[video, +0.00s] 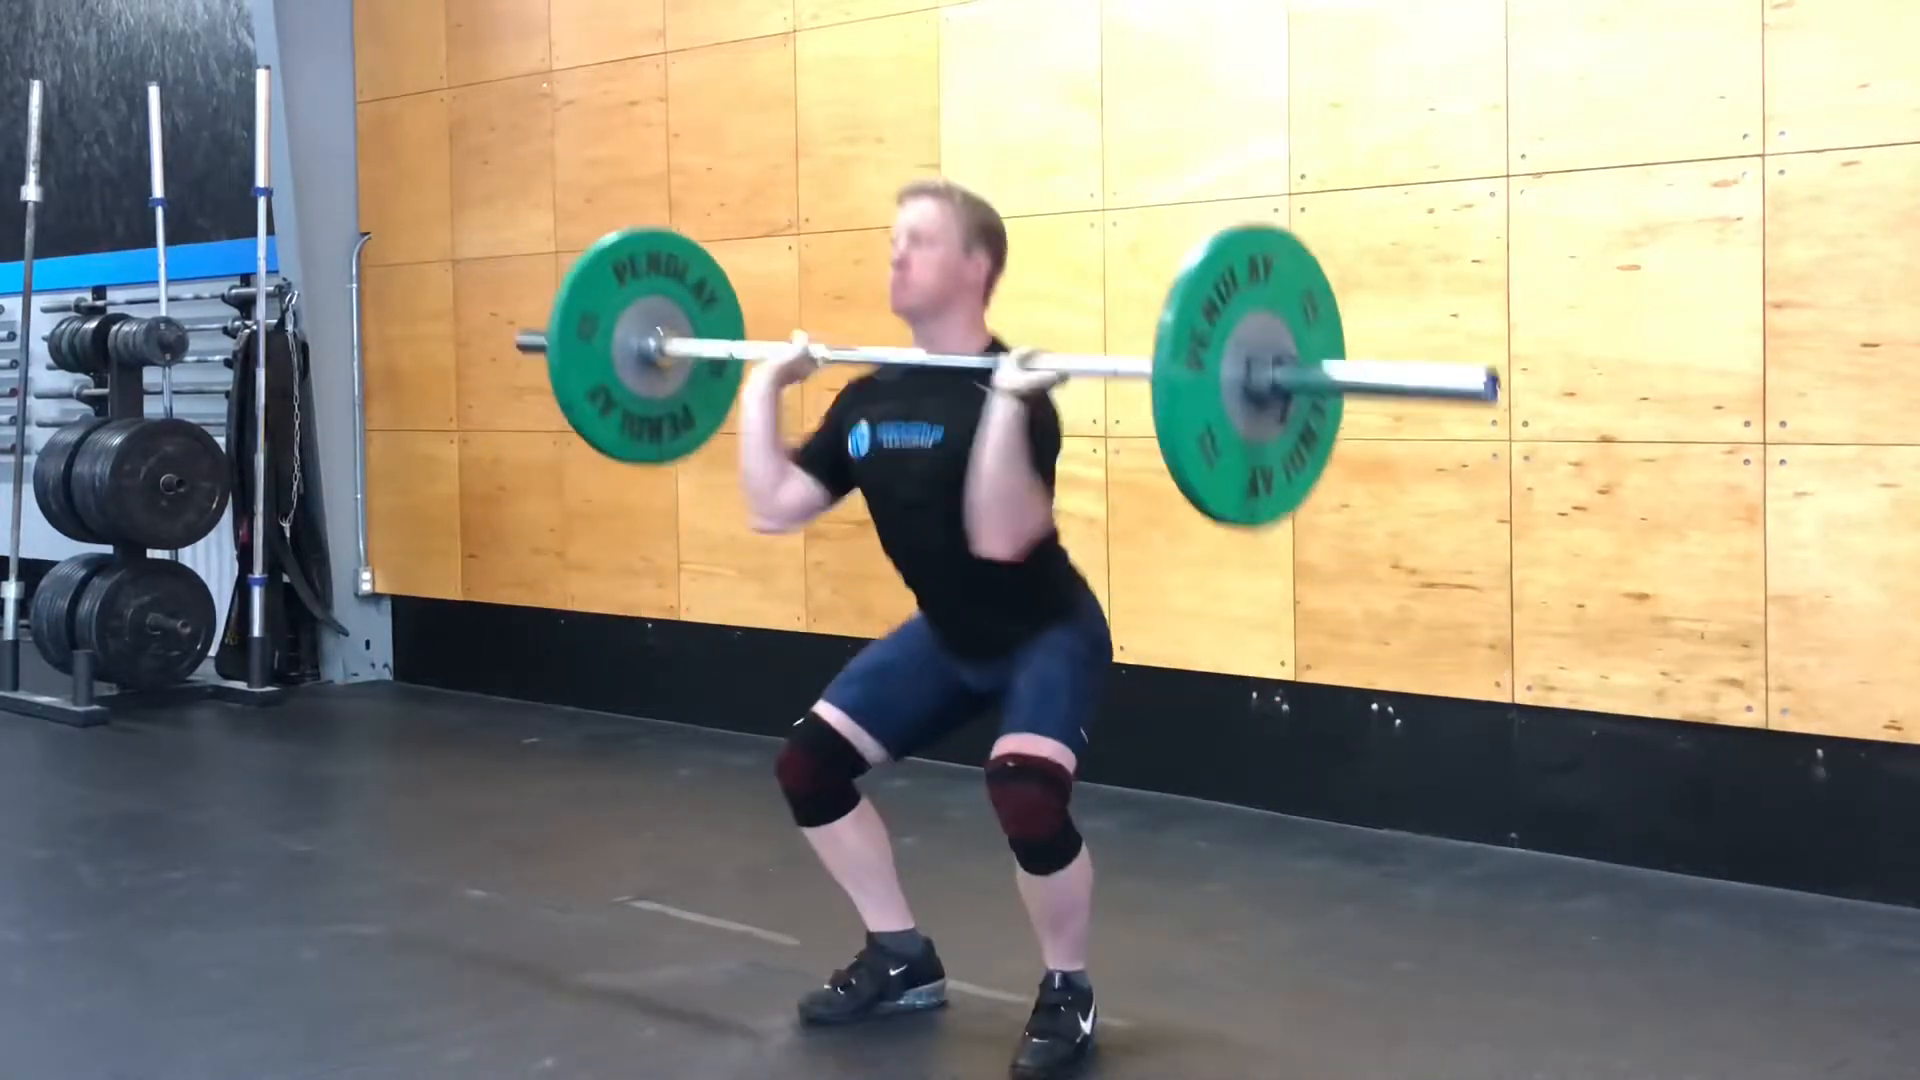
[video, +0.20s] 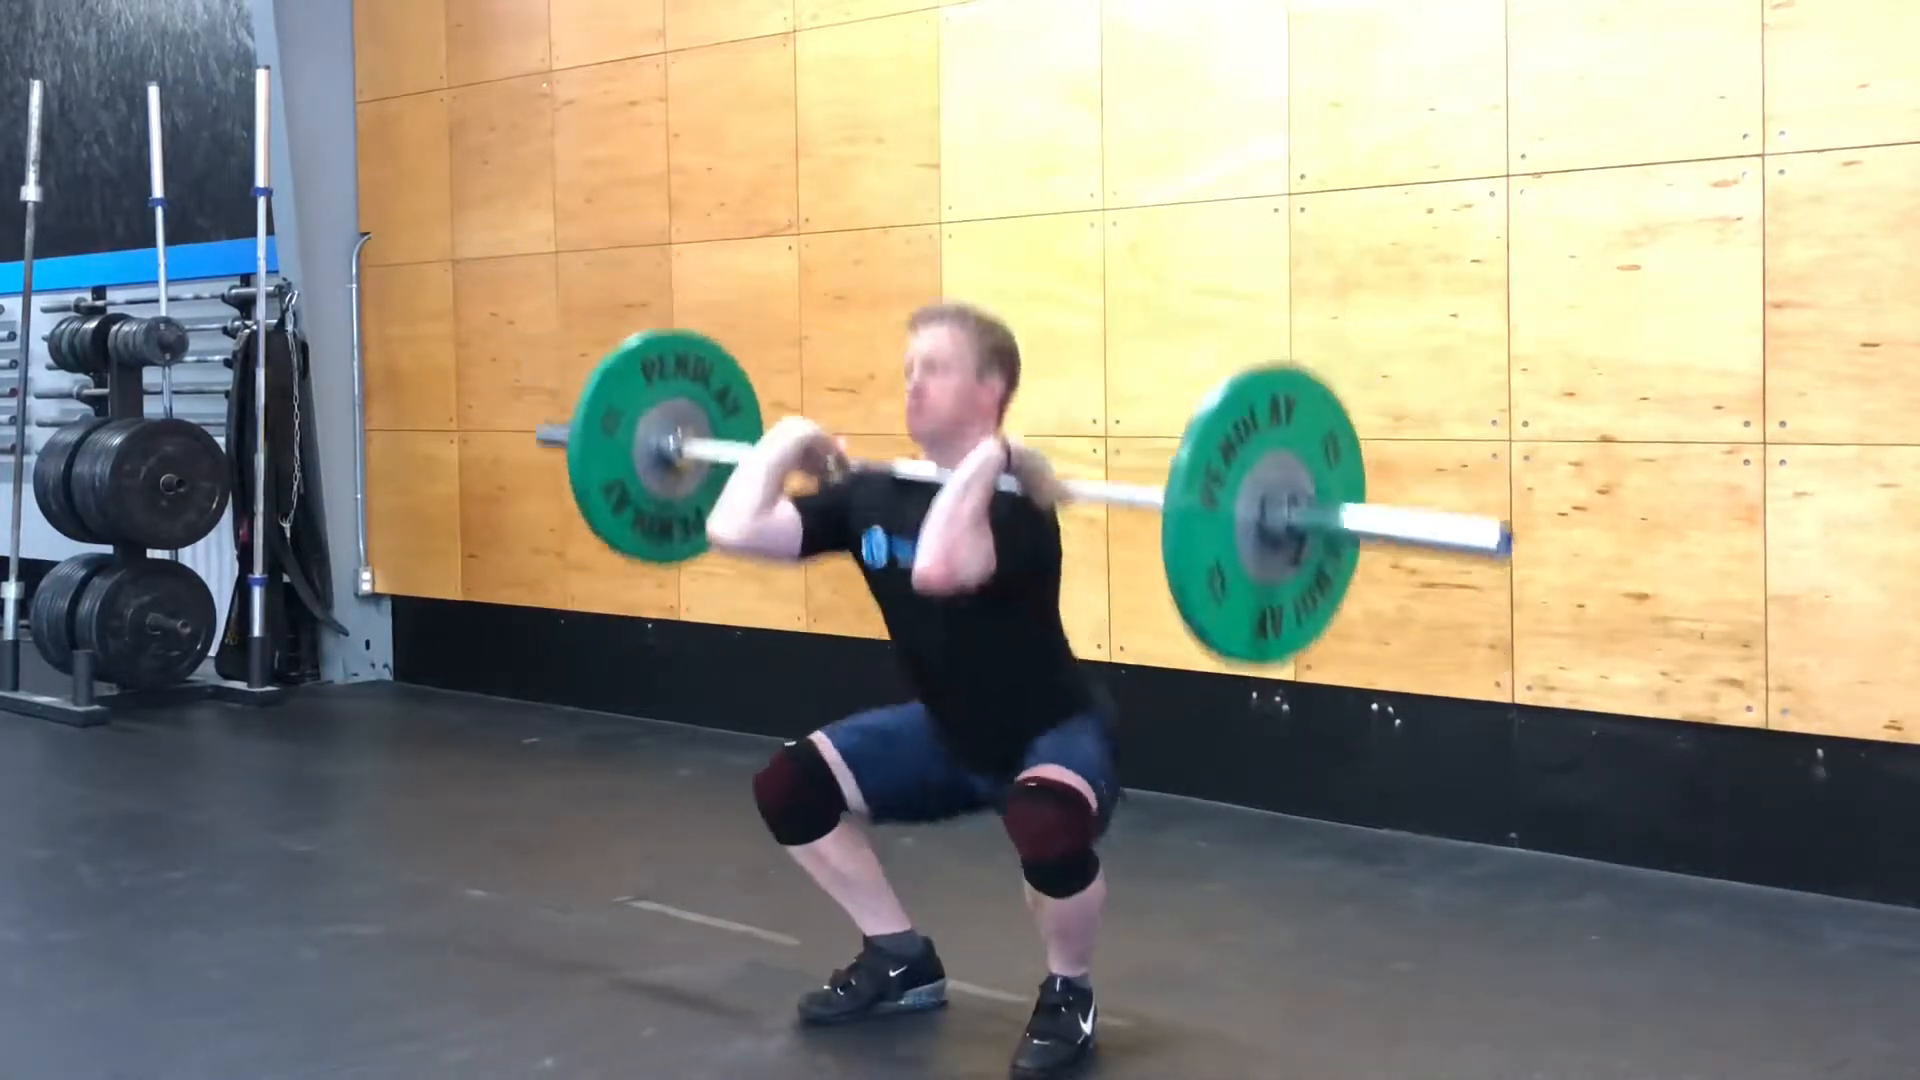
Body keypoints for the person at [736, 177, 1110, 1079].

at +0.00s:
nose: (896, 257)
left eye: (917, 244)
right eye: (895, 243)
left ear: (978, 265)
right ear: (898, 265)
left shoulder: (1019, 393)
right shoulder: (871, 399)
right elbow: (772, 504)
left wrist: (1008, 399)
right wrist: (764, 383)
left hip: (1050, 629)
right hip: (948, 633)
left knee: (1026, 788)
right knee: (810, 766)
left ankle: (1065, 994)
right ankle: (901, 957)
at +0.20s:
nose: (911, 386)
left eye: (932, 370)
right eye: (909, 371)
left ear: (992, 391)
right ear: (905, 382)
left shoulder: (1020, 506)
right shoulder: (871, 496)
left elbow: (938, 569)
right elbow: (732, 528)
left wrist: (986, 458)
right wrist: (782, 443)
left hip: (1056, 729)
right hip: (950, 729)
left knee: (1047, 816)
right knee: (792, 787)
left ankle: (1068, 995)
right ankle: (900, 956)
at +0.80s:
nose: (914, 232)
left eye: (936, 216)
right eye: (913, 215)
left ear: (994, 235)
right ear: (908, 231)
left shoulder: (1024, 355)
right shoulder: (867, 353)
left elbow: (956, 430)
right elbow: (740, 411)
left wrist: (987, 307)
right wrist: (775, 312)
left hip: (1042, 606)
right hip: (942, 613)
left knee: (1035, 781)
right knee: (810, 763)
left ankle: (1067, 994)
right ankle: (900, 956)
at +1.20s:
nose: (919, 127)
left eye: (939, 112)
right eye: (918, 112)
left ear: (1000, 130)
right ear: (927, 133)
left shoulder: (1040, 240)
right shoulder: (900, 247)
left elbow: (1089, 391)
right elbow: (846, 376)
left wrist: (1052, 277)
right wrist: (795, 280)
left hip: (1009, 529)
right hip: (912, 531)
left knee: (1007, 754)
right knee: (884, 742)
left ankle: (1060, 988)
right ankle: (912, 959)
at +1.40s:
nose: (940, 105)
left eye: (958, 90)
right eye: (936, 91)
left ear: (1021, 101)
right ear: (940, 104)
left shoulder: (1061, 198)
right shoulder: (921, 196)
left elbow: (1145, 296)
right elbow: (868, 303)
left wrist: (1054, 365)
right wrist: (797, 357)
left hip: (990, 498)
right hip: (892, 495)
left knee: (996, 720)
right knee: (877, 711)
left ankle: (1043, 963)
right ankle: (895, 928)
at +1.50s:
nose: (921, 119)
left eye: (940, 103)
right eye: (916, 104)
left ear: (1001, 111)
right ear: (918, 116)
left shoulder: (1039, 231)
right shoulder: (896, 234)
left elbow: (1100, 364)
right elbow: (864, 363)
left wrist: (1057, 496)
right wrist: (806, 472)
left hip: (990, 533)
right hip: (888, 523)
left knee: (999, 747)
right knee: (870, 732)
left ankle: (1045, 977)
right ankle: (906, 945)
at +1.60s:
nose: (864, 157)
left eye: (883, 139)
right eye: (860, 140)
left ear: (946, 147)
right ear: (863, 153)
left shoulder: (1000, 283)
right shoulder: (853, 287)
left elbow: (1059, 432)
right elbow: (829, 431)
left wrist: (1061, 584)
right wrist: (805, 556)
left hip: (1018, 548)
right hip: (918, 546)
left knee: (1013, 753)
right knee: (866, 738)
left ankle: (1051, 988)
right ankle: (918, 960)